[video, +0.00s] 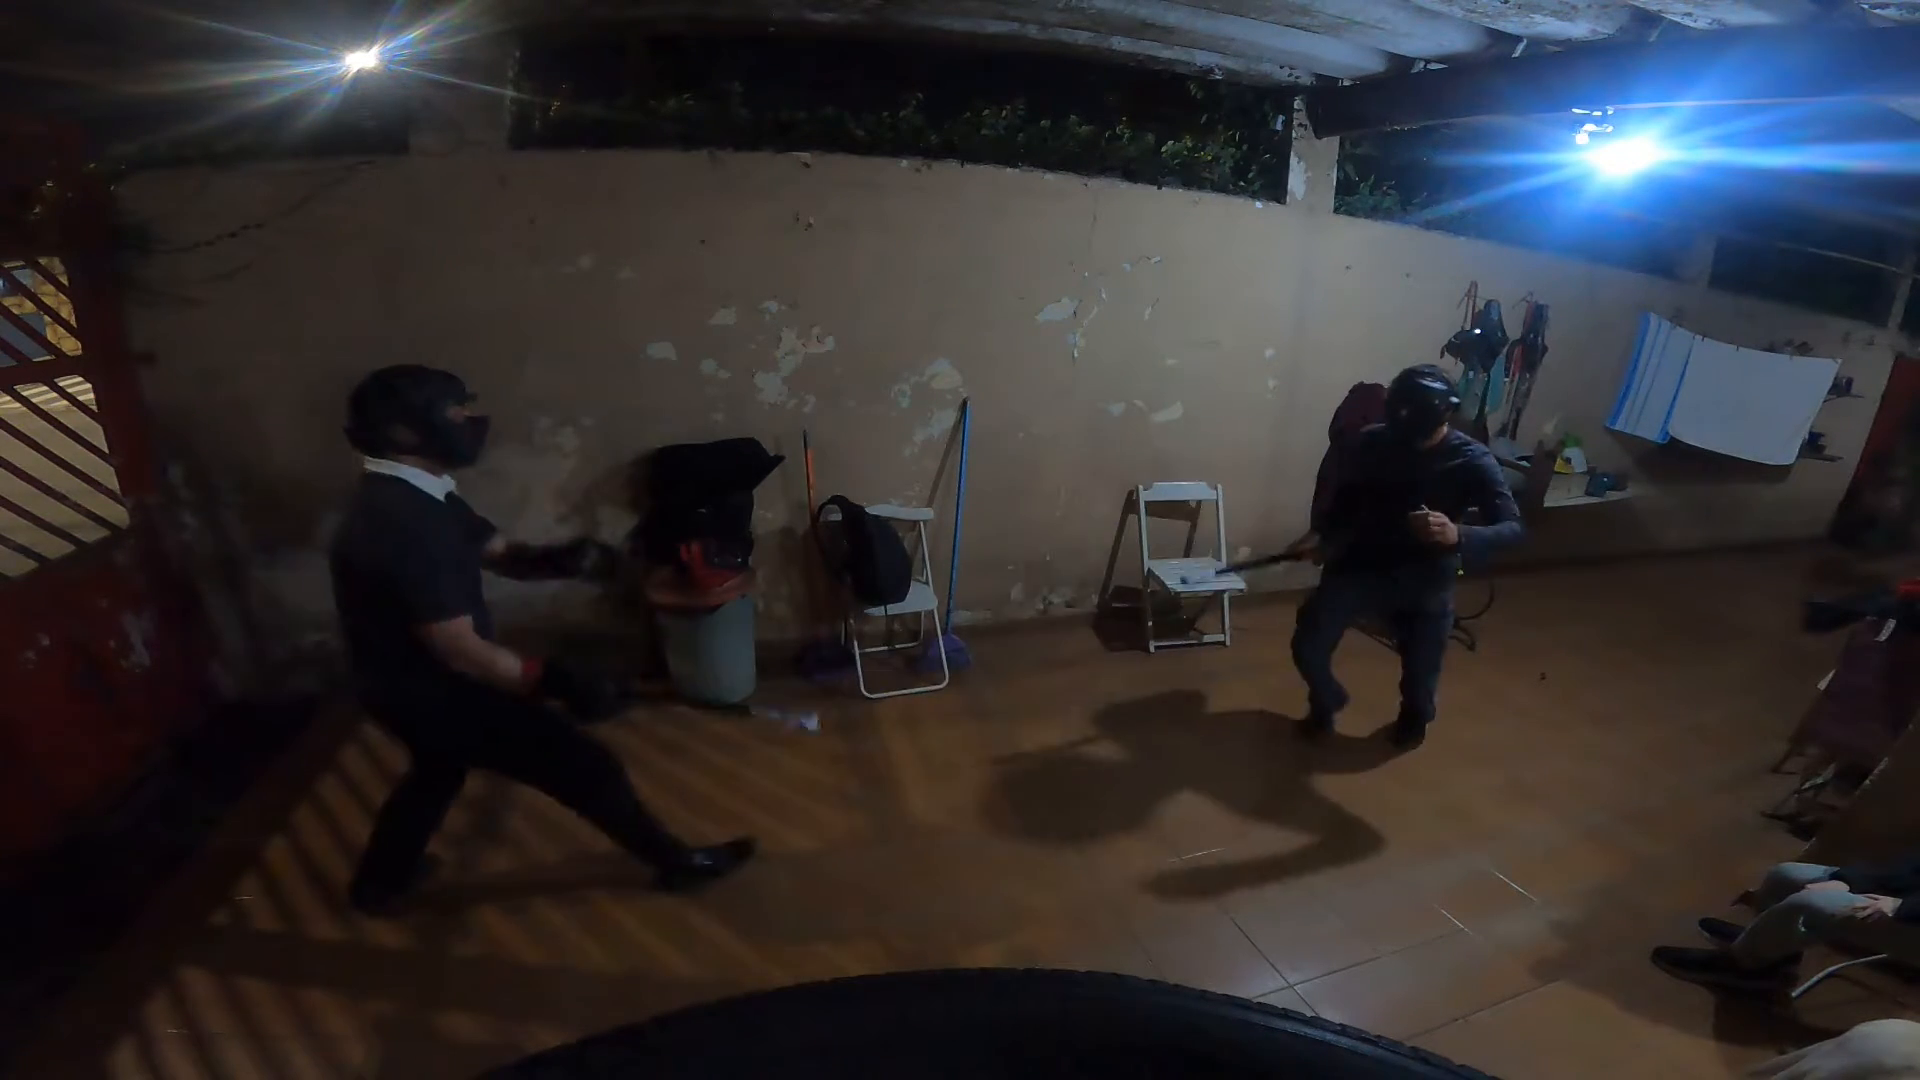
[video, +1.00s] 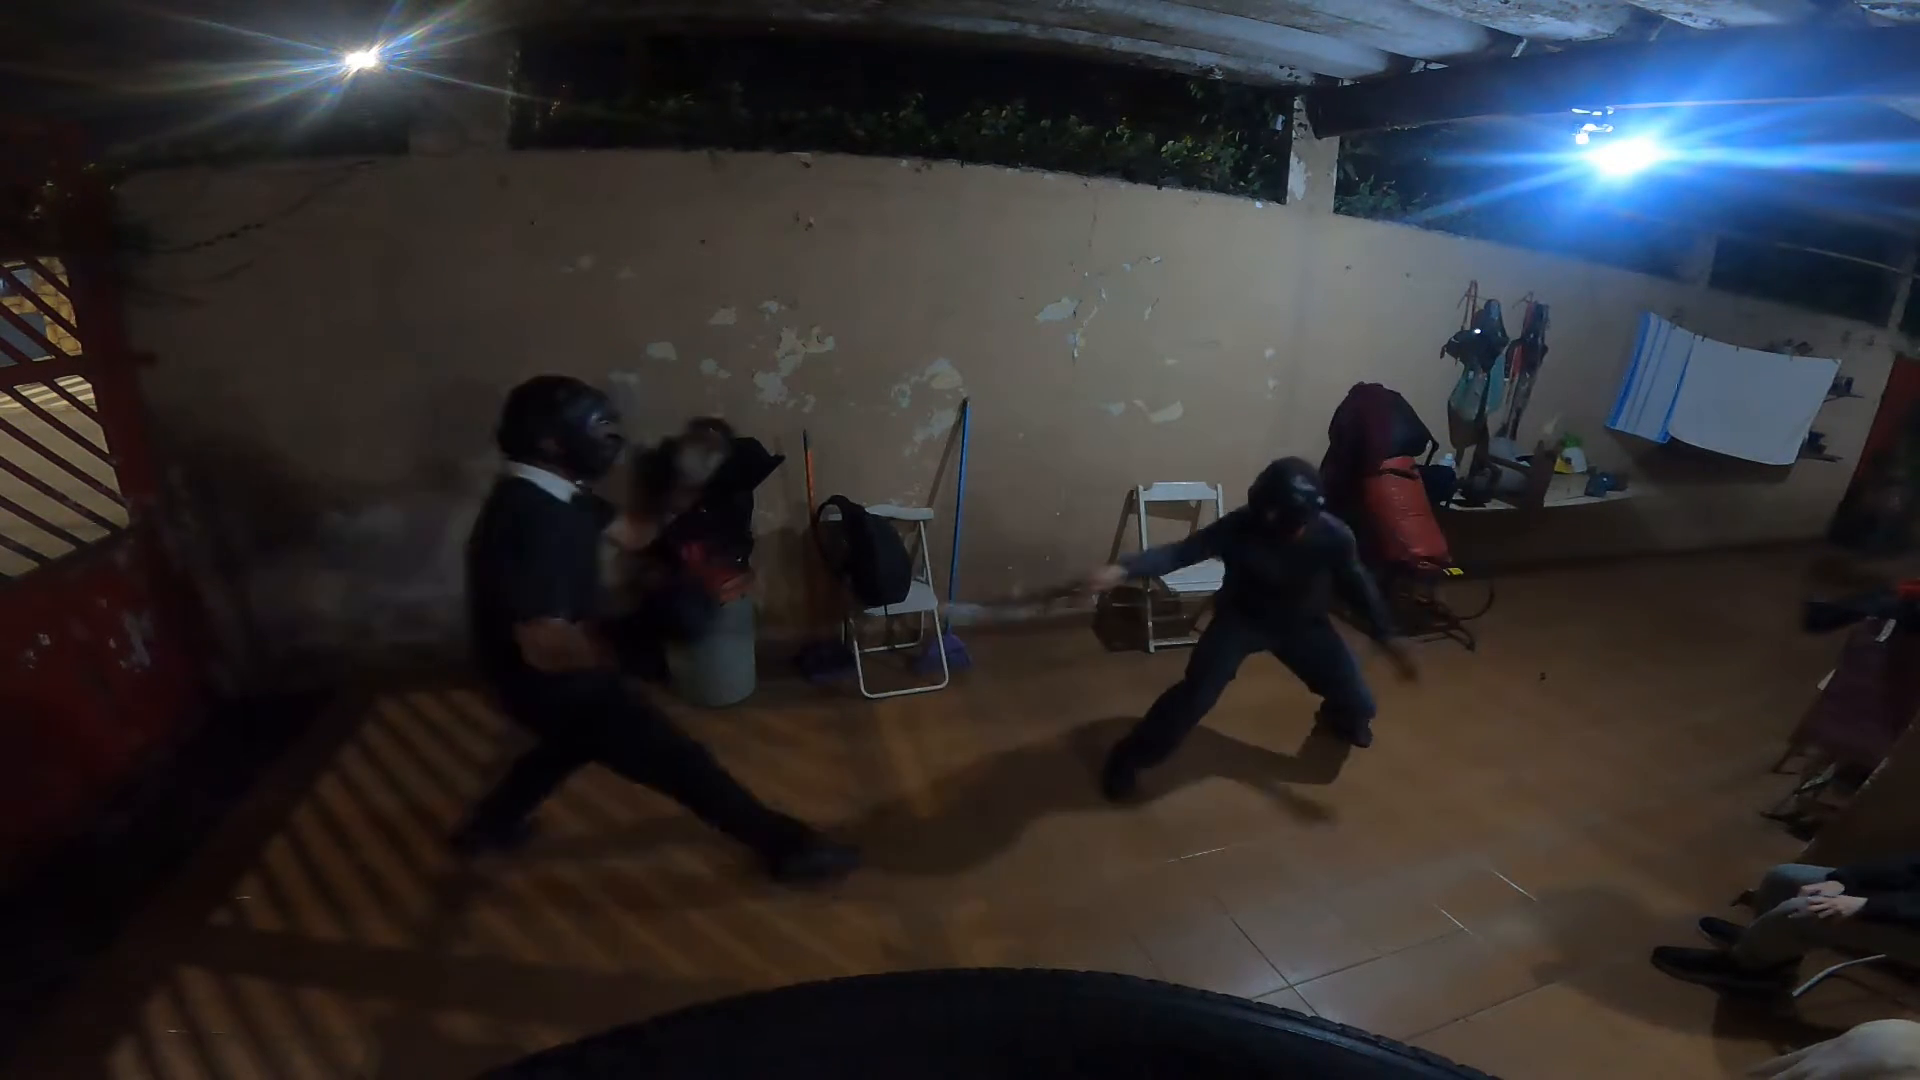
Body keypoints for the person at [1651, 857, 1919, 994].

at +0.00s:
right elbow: (1912, 870)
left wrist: (1903, 908)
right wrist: (1846, 880)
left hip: (1911, 925)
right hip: (1901, 892)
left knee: (1807, 905)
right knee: (1784, 877)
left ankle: (1739, 961)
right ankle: (1760, 945)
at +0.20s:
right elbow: (1912, 867)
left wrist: (1903, 908)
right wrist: (1848, 880)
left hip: (1911, 924)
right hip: (1901, 892)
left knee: (1807, 906)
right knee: (1785, 877)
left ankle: (1738, 961)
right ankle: (1759, 944)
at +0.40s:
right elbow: (1911, 868)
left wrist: (1900, 908)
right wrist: (1849, 881)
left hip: (1909, 925)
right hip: (1900, 894)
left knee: (1804, 907)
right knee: (1785, 877)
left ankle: (1739, 961)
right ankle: (1760, 945)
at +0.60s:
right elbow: (1910, 868)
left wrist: (1894, 908)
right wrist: (1850, 881)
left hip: (1910, 925)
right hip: (1899, 895)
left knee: (1801, 911)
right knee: (1783, 878)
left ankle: (1739, 962)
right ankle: (1761, 947)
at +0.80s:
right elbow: (1911, 869)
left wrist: (1878, 908)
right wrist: (1847, 881)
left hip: (1911, 924)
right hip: (1899, 893)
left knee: (1799, 912)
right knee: (1783, 878)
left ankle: (1737, 963)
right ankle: (1766, 954)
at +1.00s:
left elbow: (1915, 907)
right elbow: (1910, 868)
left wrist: (1864, 906)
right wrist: (1845, 881)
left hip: (1910, 924)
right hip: (1898, 891)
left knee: (1796, 914)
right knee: (1782, 879)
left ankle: (1738, 963)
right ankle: (1764, 952)